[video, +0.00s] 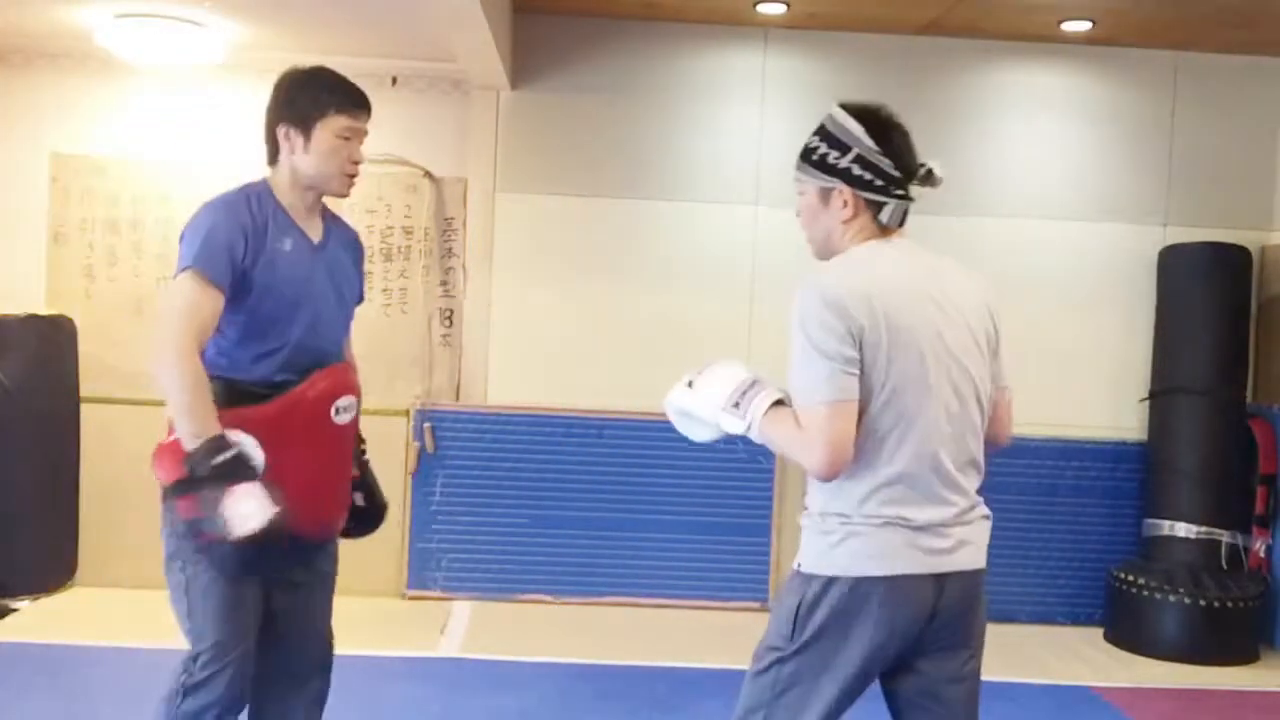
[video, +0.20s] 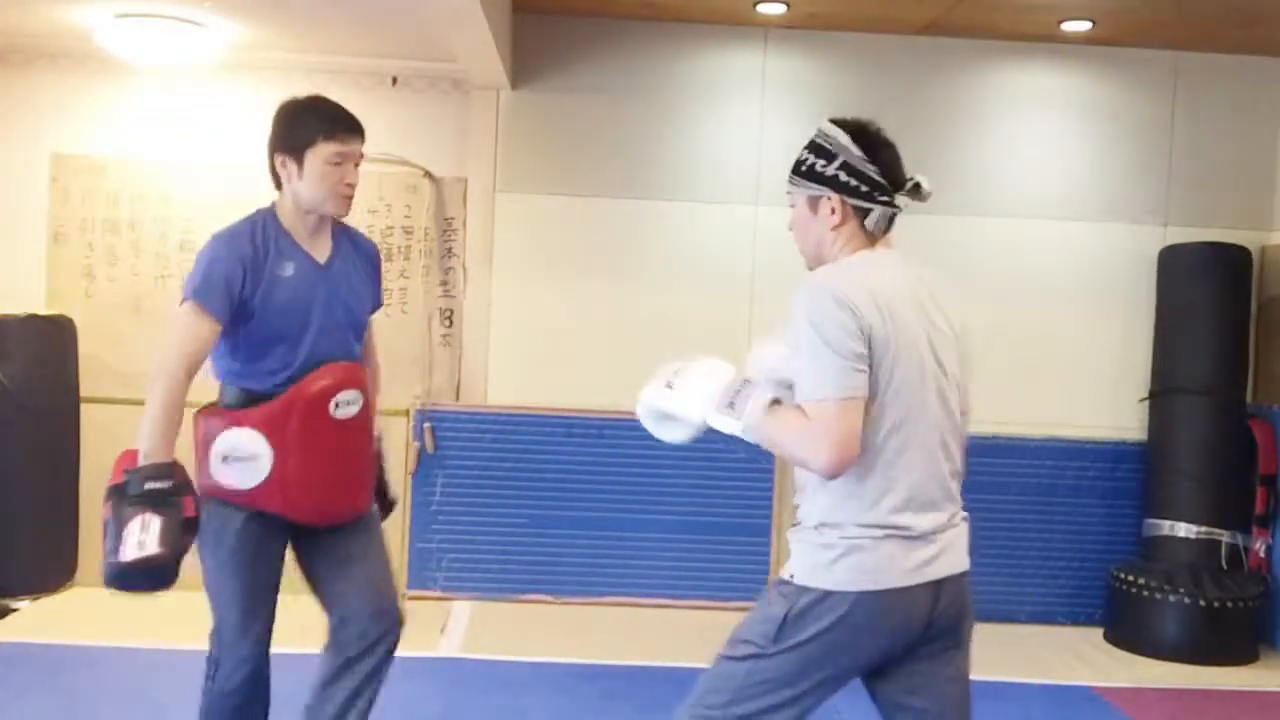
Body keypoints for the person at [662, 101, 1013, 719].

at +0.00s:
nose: (798, 215)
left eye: (805, 198)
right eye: (799, 198)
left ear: (844, 202)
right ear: (871, 204)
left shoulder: (834, 288)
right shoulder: (966, 287)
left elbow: (825, 452)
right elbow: (996, 429)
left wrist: (744, 399)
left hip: (856, 582)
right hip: (959, 578)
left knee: (767, 712)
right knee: (946, 716)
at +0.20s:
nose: (790, 224)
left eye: (794, 206)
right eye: (790, 206)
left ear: (831, 209)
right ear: (855, 210)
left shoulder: (831, 293)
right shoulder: (928, 292)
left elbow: (830, 447)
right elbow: (927, 433)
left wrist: (736, 402)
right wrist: (803, 385)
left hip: (846, 588)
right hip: (940, 582)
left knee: (712, 711)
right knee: (938, 713)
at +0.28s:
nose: (778, 227)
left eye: (781, 209)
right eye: (778, 209)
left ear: (817, 210)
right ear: (855, 215)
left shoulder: (818, 296)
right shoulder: (912, 295)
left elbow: (808, 446)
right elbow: (888, 428)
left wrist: (718, 390)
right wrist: (777, 365)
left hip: (824, 588)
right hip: (919, 584)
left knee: (697, 710)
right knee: (926, 713)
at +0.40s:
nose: (732, 222)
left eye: (737, 204)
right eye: (733, 204)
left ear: (765, 207)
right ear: (807, 212)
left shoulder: (776, 300)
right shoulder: (855, 295)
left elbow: (734, 444)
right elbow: (810, 393)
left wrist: (658, 366)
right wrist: (725, 318)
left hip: (756, 581)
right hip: (851, 583)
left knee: (667, 709)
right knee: (849, 710)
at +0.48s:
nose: (699, 210)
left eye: (702, 193)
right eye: (700, 193)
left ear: (729, 198)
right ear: (781, 202)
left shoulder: (749, 291)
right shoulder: (827, 284)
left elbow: (686, 432)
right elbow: (783, 384)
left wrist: (623, 348)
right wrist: (708, 312)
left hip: (737, 566)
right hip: (820, 561)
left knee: (663, 706)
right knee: (772, 705)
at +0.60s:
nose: (682, 203)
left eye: (684, 187)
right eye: (682, 187)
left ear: (706, 191)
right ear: (763, 194)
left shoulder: (723, 278)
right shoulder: (809, 277)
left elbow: (638, 416)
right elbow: (755, 402)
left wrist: (592, 332)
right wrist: (685, 318)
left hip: (726, 541)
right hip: (795, 533)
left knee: (662, 698)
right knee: (703, 673)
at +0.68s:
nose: (674, 196)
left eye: (676, 181)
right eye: (675, 181)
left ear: (695, 186)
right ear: (755, 189)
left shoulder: (684, 267)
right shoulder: (797, 273)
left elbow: (574, 384)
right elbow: (781, 400)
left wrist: (557, 300)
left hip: (698, 526)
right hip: (762, 512)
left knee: (645, 704)